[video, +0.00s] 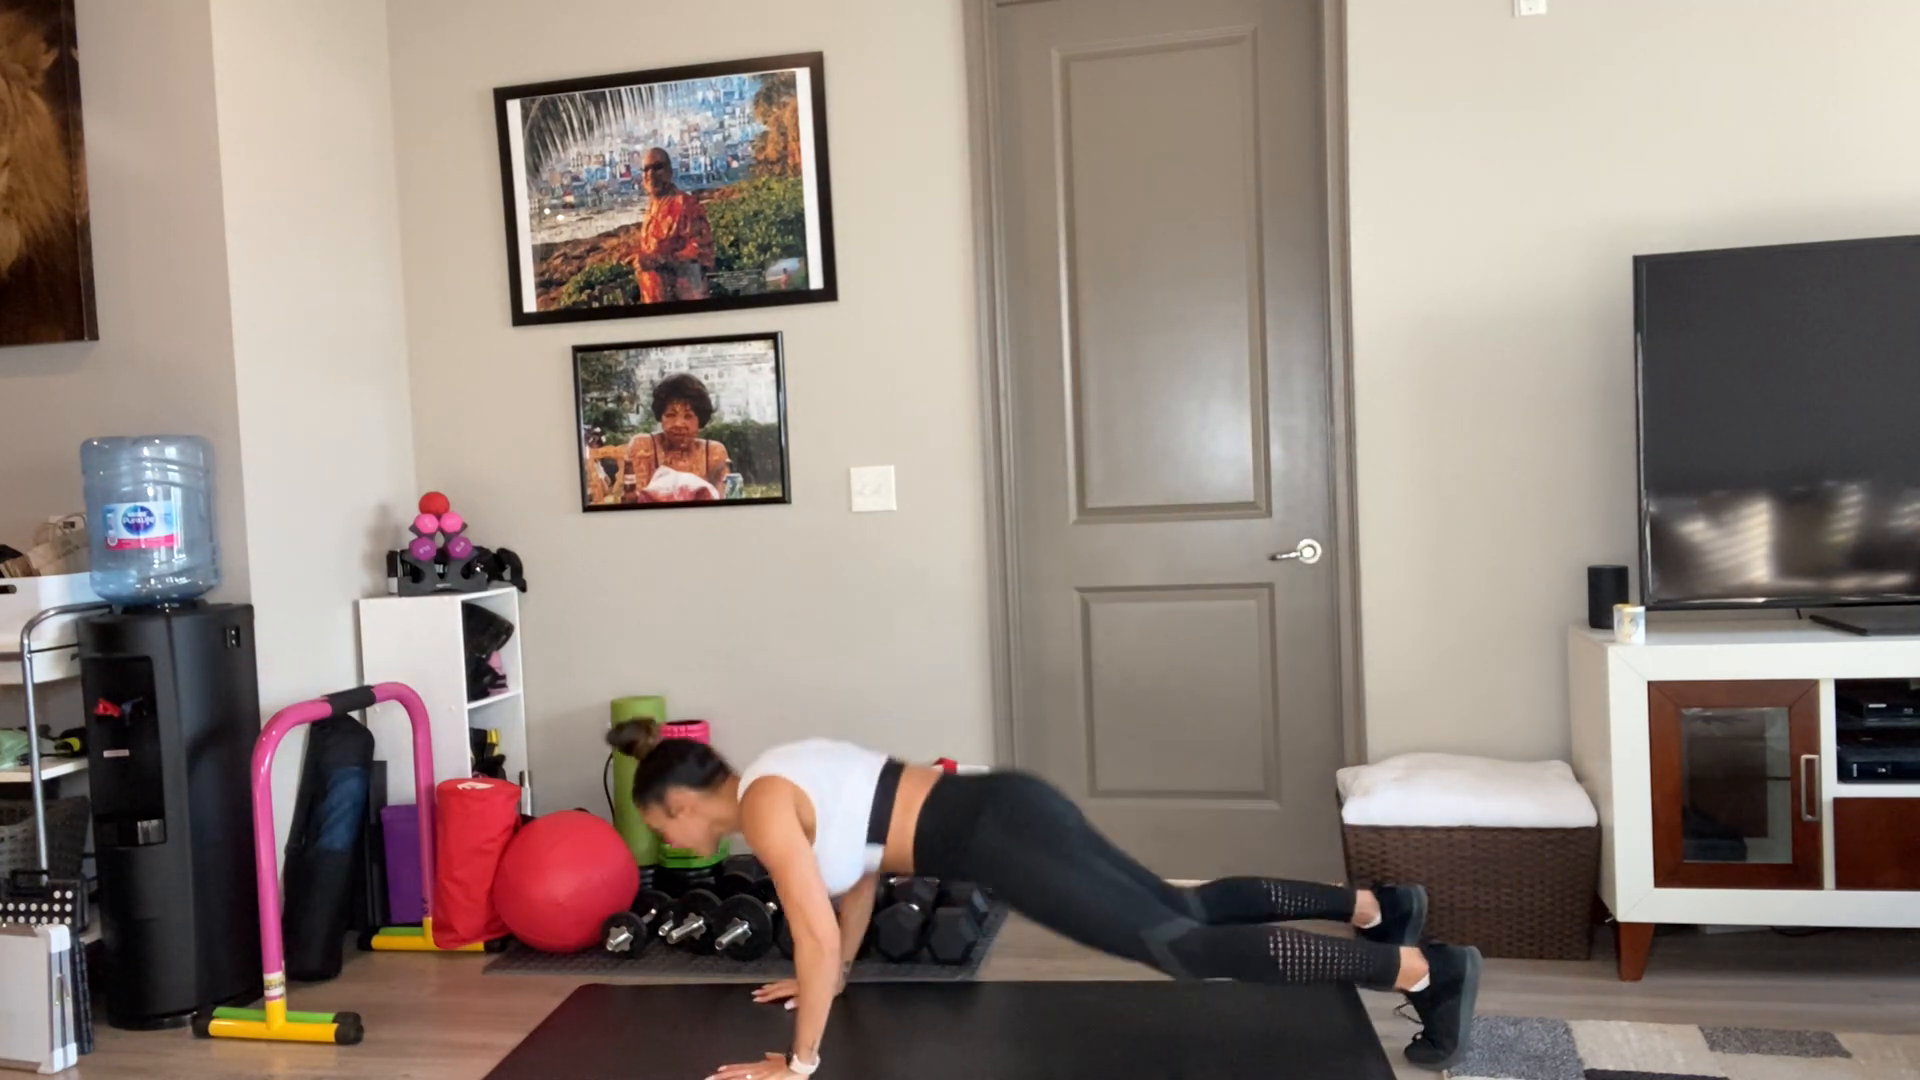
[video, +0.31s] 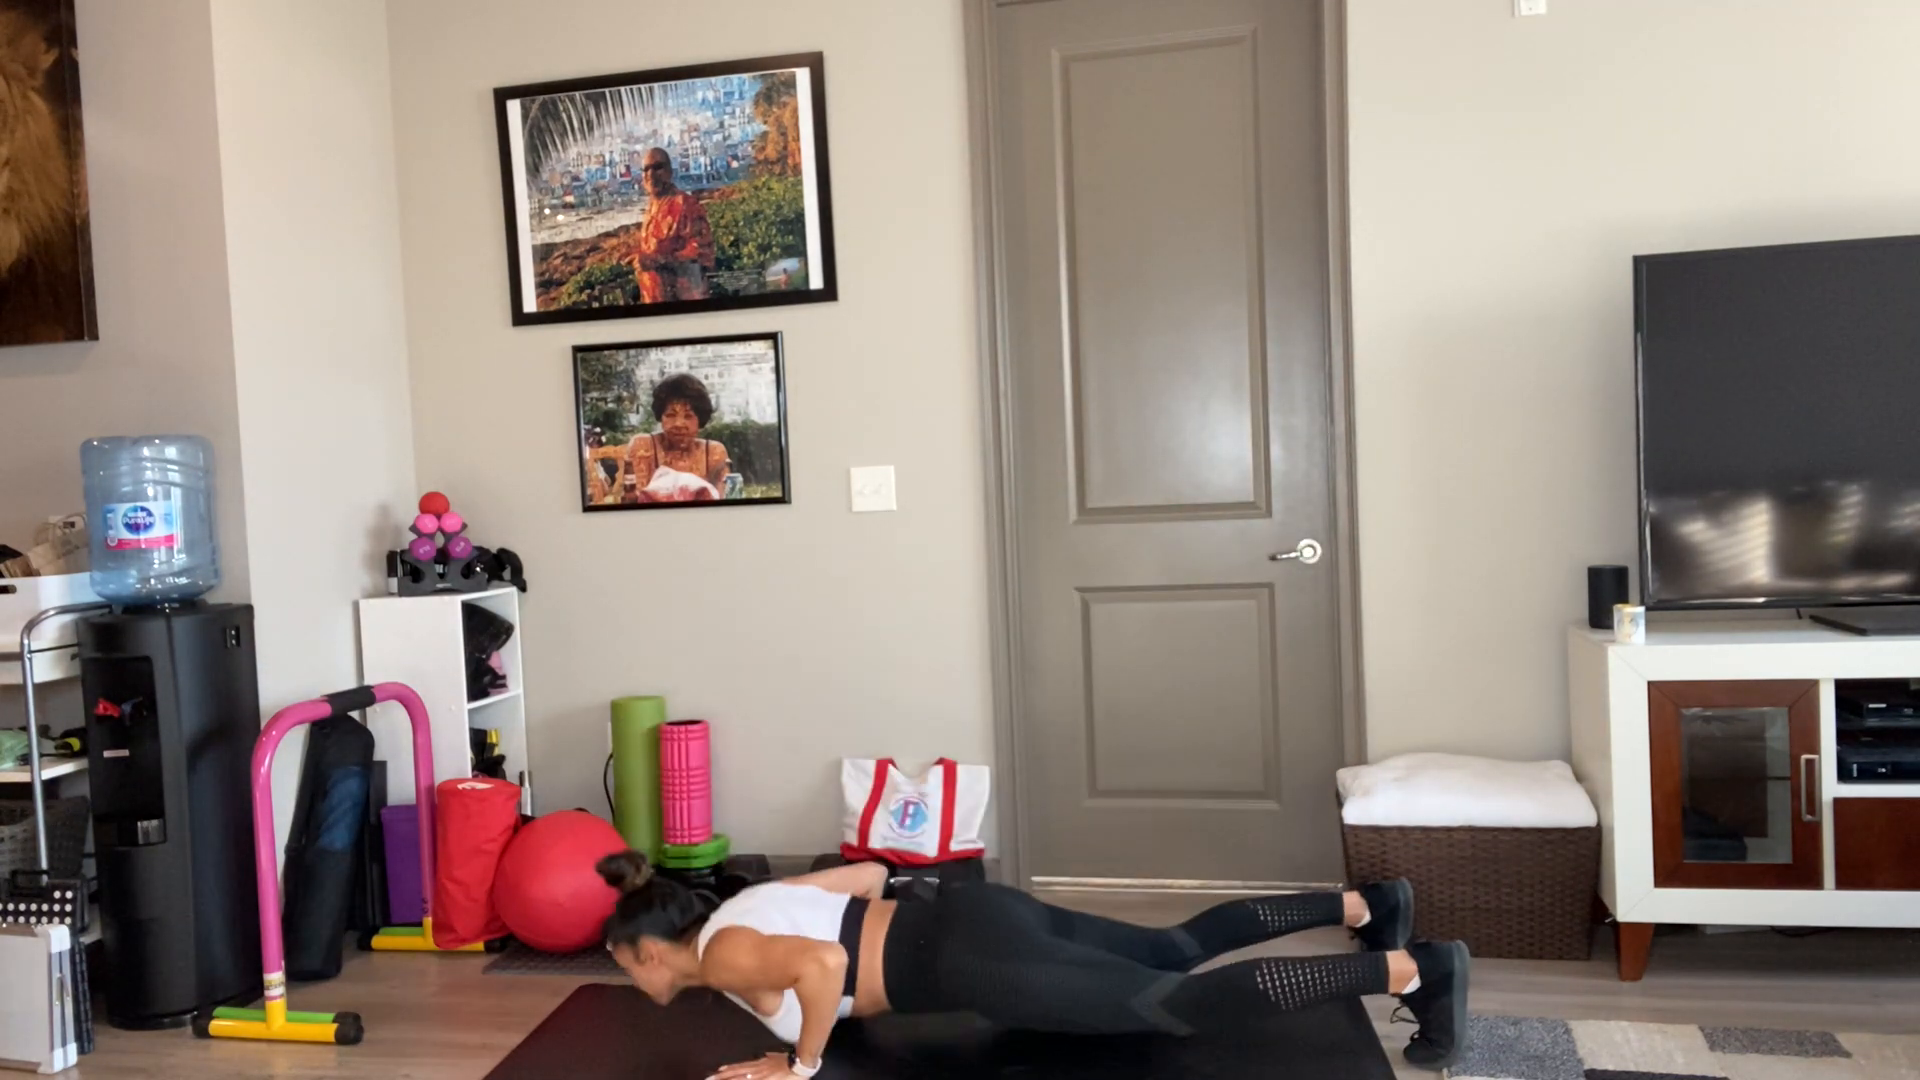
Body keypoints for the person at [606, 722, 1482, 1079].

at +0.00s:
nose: (679, 847)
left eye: (670, 834)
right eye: (666, 838)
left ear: (687, 801)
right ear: (698, 782)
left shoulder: (762, 813)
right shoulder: (786, 774)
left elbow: (823, 943)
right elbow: (845, 906)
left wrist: (804, 1050)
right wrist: (811, 982)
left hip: (984, 834)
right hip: (1001, 805)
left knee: (1173, 944)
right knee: (1173, 906)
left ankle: (1413, 967)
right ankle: (1361, 909)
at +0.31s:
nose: (639, 981)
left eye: (635, 967)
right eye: (632, 971)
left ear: (661, 943)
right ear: (676, 914)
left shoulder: (723, 952)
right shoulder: (756, 905)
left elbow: (822, 970)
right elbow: (869, 879)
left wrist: (798, 1059)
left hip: (953, 952)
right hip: (963, 905)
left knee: (1169, 1001)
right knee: (1173, 946)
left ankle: (1402, 972)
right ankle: (1355, 903)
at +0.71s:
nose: (650, 867)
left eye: (651, 853)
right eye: (647, 853)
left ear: (682, 841)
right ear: (698, 826)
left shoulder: (745, 884)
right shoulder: (762, 838)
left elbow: (827, 975)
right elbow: (837, 905)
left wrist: (800, 1063)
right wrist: (796, 971)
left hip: (960, 946)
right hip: (974, 899)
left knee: (1166, 1026)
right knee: (1170, 965)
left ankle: (1392, 968)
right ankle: (1347, 891)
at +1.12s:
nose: (719, 808)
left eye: (708, 793)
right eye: (707, 796)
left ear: (725, 768)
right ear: (741, 745)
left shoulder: (797, 768)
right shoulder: (813, 749)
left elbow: (807, 912)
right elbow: (839, 891)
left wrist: (803, 1050)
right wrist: (812, 977)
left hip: (1029, 696)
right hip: (1032, 695)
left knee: (1160, 887)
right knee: (1161, 853)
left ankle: (1385, 947)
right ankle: (1340, 880)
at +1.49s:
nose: (831, 770)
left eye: (826, 756)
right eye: (822, 760)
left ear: (853, 732)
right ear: (861, 722)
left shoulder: (905, 759)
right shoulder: (909, 722)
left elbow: (856, 916)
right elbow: (869, 874)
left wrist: (787, 1045)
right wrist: (819, 958)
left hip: (1160, 717)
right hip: (1147, 702)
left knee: (1000, 862)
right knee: (1025, 827)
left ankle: (1153, 1017)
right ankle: (1132, 954)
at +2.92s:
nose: (864, 741)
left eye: (855, 729)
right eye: (852, 733)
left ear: (874, 697)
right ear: (885, 685)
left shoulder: (936, 708)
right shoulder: (940, 687)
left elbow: (908, 856)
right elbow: (933, 839)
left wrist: (846, 988)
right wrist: (875, 916)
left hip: (1182, 675)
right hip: (1150, 670)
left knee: (1050, 835)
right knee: (1044, 803)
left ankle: (1185, 1015)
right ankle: (1167, 955)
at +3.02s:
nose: (860, 795)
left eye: (852, 782)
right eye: (850, 787)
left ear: (864, 751)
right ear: (867, 743)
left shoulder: (917, 741)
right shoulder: (913, 727)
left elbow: (875, 899)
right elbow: (881, 874)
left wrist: (817, 1028)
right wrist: (834, 966)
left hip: (1141, 601)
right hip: (1118, 608)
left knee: (1084, 809)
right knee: (1078, 777)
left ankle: (1194, 1014)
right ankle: (1173, 941)